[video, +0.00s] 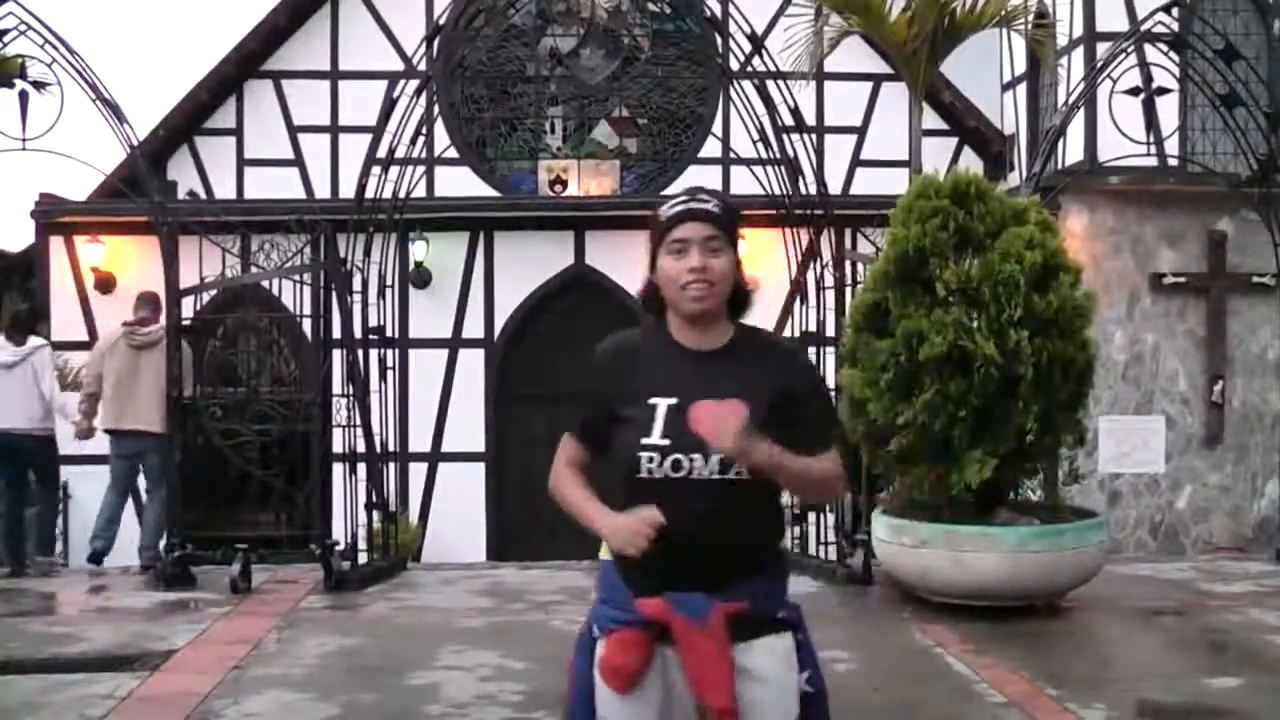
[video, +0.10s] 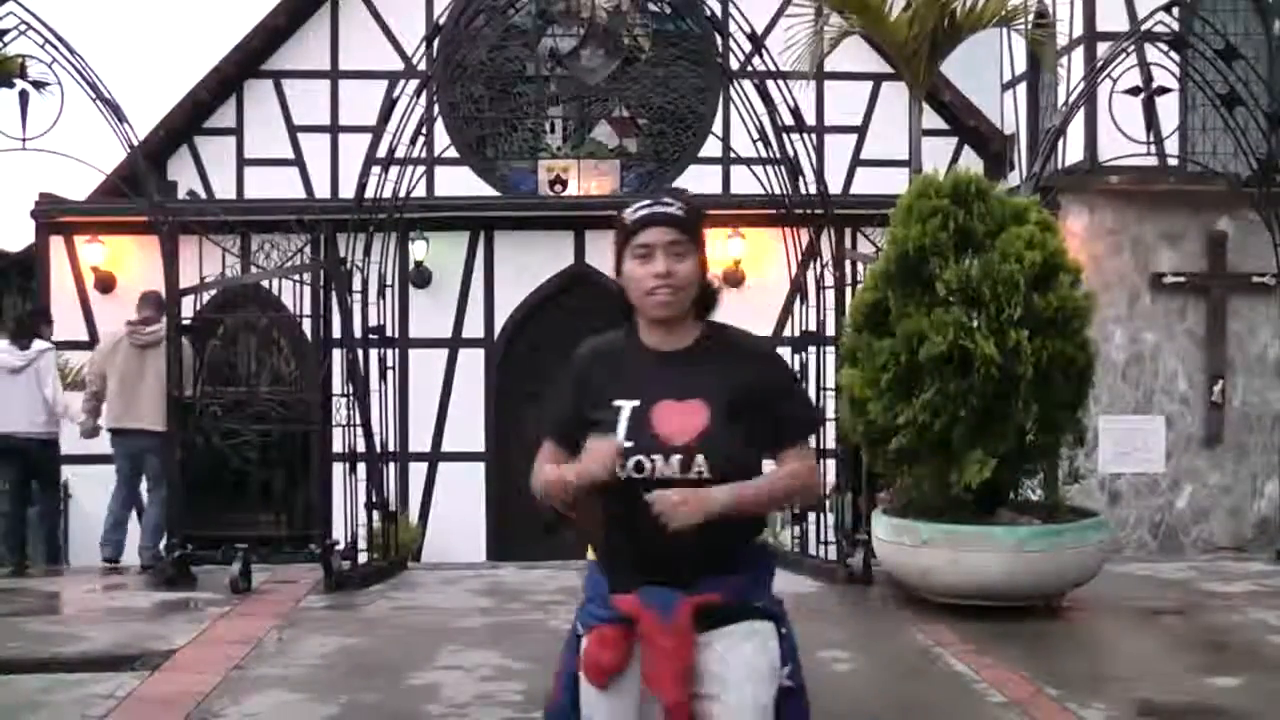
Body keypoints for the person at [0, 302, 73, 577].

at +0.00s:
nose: (38, 328)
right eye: (36, 324)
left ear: (9, 323)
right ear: (32, 325)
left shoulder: (2, 347)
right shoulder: (40, 349)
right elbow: (51, 393)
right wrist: (76, 417)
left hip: (6, 432)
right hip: (37, 434)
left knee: (12, 496)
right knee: (49, 491)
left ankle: (14, 561)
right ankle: (44, 553)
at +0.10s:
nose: (52, 330)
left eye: (51, 325)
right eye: (49, 326)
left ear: (19, 326)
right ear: (40, 327)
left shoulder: (4, 351)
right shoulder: (45, 351)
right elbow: (53, 395)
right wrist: (78, 416)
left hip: (9, 435)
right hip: (40, 435)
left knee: (16, 501)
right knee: (50, 497)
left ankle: (15, 559)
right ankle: (52, 558)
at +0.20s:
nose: (55, 333)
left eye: (54, 328)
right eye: (52, 329)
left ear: (19, 329)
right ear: (44, 330)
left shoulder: (6, 355)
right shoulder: (51, 357)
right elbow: (56, 397)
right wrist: (79, 417)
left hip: (10, 437)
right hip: (43, 438)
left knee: (16, 499)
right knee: (49, 499)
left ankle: (15, 559)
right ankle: (48, 559)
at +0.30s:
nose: (59, 340)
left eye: (58, 335)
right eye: (57, 336)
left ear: (26, 335)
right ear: (48, 336)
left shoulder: (9, 362)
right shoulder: (54, 363)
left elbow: (4, 400)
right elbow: (60, 402)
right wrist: (87, 423)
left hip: (14, 441)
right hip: (47, 444)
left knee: (20, 503)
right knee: (54, 502)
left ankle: (16, 561)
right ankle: (54, 561)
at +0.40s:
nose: (68, 347)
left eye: (69, 342)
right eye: (67, 342)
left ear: (40, 339)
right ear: (59, 341)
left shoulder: (19, 365)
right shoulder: (60, 367)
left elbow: (5, 404)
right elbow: (62, 409)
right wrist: (89, 428)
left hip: (24, 445)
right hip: (55, 447)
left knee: (36, 505)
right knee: (58, 507)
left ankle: (21, 555)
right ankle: (55, 563)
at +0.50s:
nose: (75, 349)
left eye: (75, 344)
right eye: (74, 344)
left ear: (49, 342)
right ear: (66, 345)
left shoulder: (25, 366)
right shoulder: (65, 369)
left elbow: (8, 407)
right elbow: (66, 412)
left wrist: (3, 429)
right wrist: (87, 434)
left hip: (28, 447)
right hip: (59, 449)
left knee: (41, 504)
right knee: (61, 508)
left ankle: (24, 553)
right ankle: (56, 564)